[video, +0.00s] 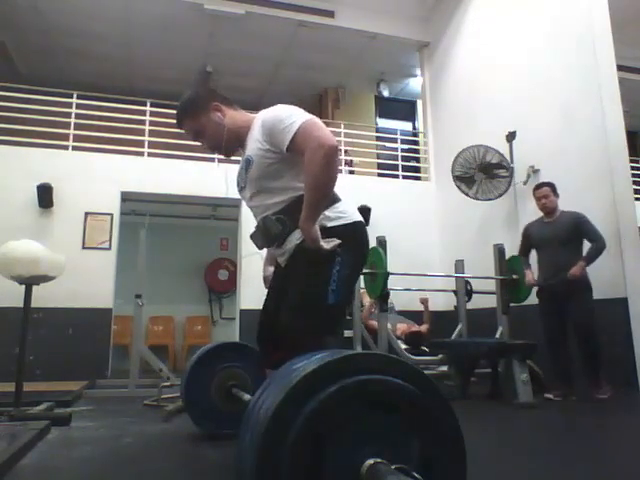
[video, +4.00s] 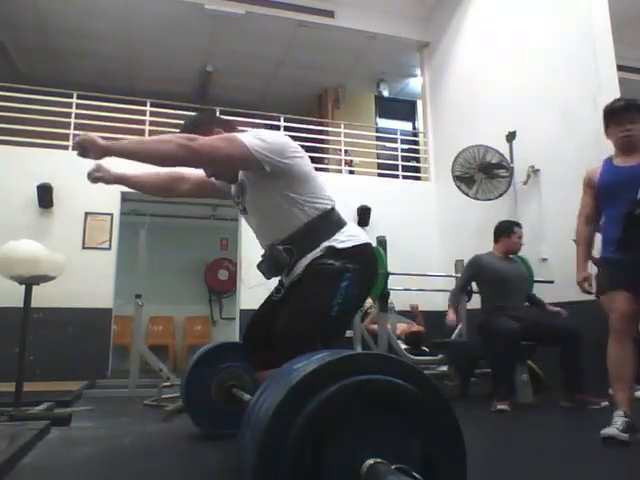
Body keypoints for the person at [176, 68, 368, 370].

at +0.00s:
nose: (203, 146)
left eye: (200, 134)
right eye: (196, 140)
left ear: (219, 112)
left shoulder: (271, 119)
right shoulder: (247, 168)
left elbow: (324, 147)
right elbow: (277, 213)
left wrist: (308, 222)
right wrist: (271, 256)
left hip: (329, 236)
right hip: (296, 251)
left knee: (303, 338)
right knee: (271, 338)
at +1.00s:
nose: (211, 156)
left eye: (205, 146)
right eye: (203, 152)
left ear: (219, 120)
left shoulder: (277, 120)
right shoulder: (250, 172)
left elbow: (329, 154)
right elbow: (278, 216)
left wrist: (303, 232)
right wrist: (272, 250)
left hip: (338, 238)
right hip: (302, 251)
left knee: (305, 334)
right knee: (276, 334)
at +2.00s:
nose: (199, 163)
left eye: (194, 153)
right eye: (191, 159)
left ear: (207, 127)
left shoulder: (265, 126)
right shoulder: (240, 174)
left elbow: (318, 162)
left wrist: (281, 227)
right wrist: (266, 238)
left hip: (330, 244)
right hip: (297, 257)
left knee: (298, 340)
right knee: (264, 342)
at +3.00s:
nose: (204, 157)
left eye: (201, 148)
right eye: (197, 154)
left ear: (215, 125)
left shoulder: (278, 134)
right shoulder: (241, 177)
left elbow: (227, 158)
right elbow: (204, 207)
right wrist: (150, 233)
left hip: (331, 250)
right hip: (294, 264)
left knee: (294, 342)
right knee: (257, 338)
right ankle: (283, 426)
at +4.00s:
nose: (201, 156)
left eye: (201, 146)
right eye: (195, 149)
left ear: (218, 129)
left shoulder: (273, 145)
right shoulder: (238, 182)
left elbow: (191, 147)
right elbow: (177, 184)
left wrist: (108, 144)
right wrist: (118, 176)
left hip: (340, 259)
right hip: (304, 272)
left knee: (294, 348)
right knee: (256, 342)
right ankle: (282, 425)